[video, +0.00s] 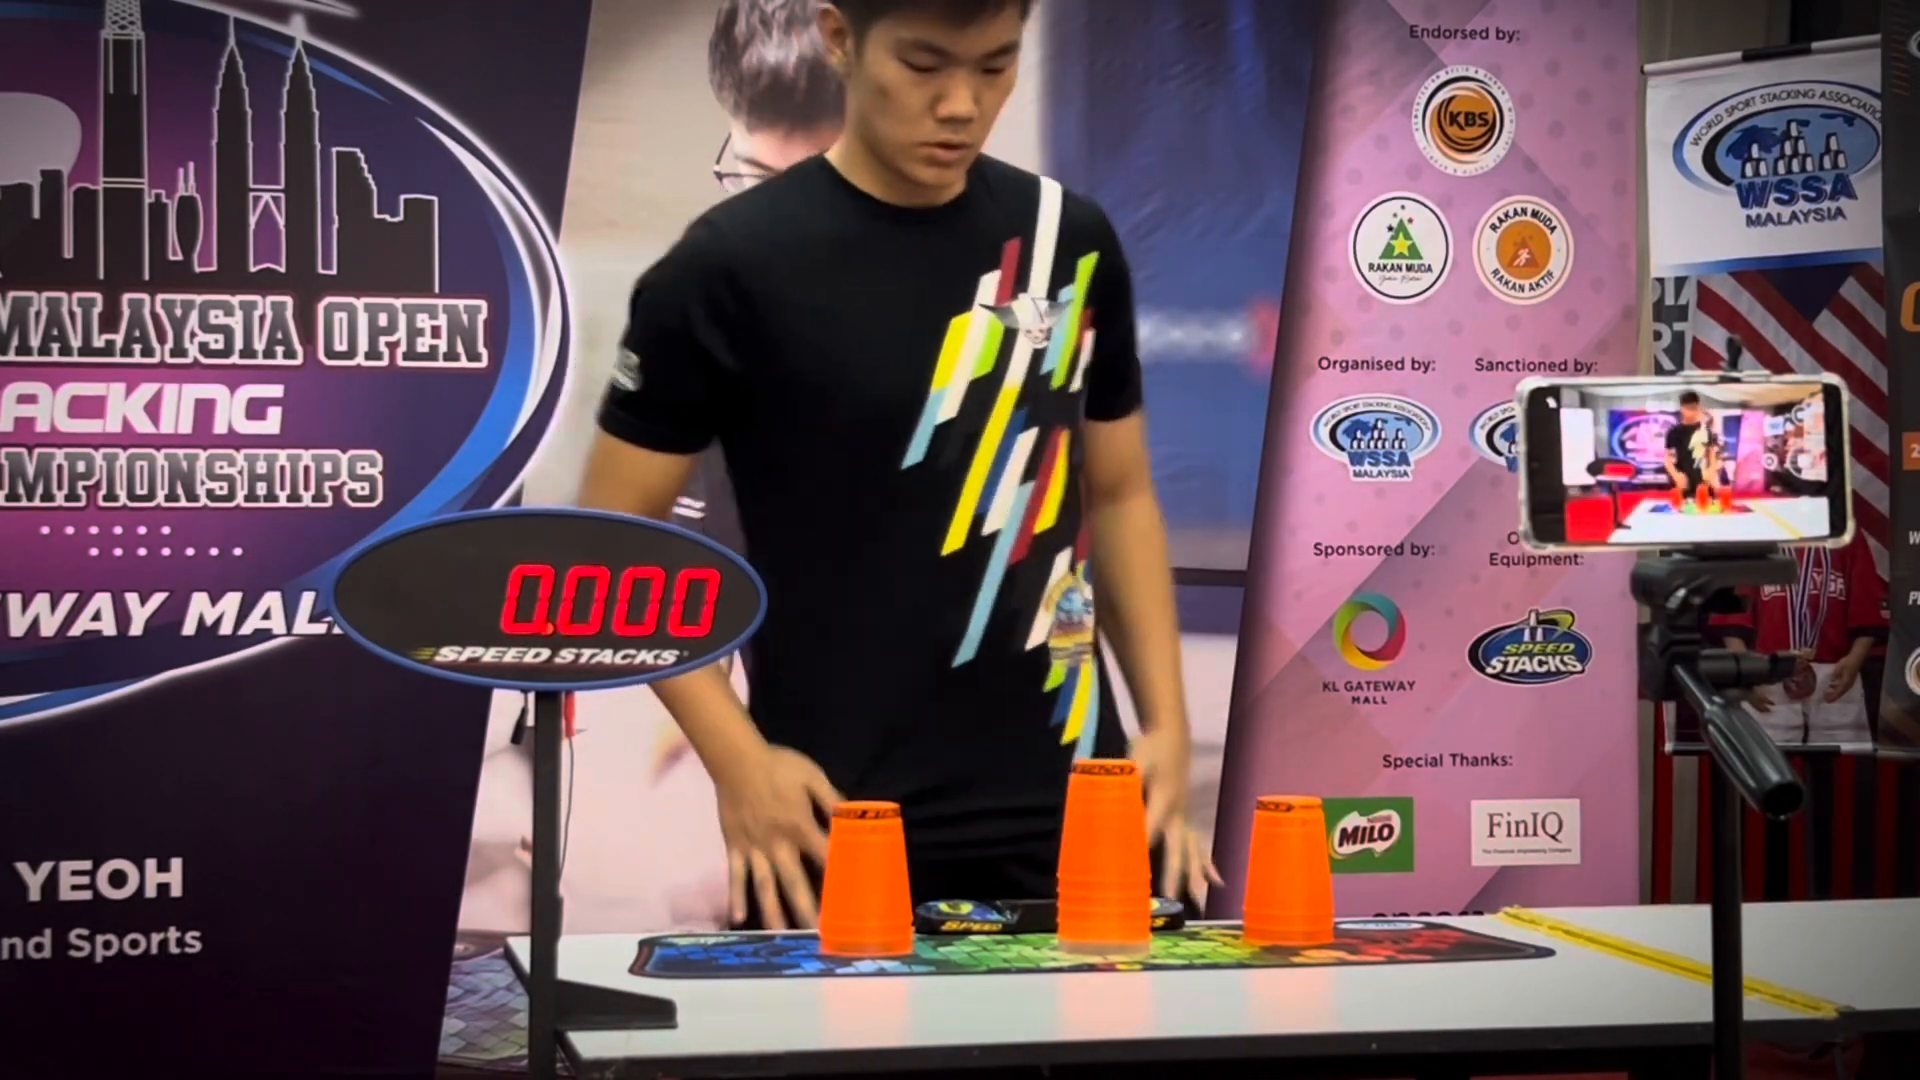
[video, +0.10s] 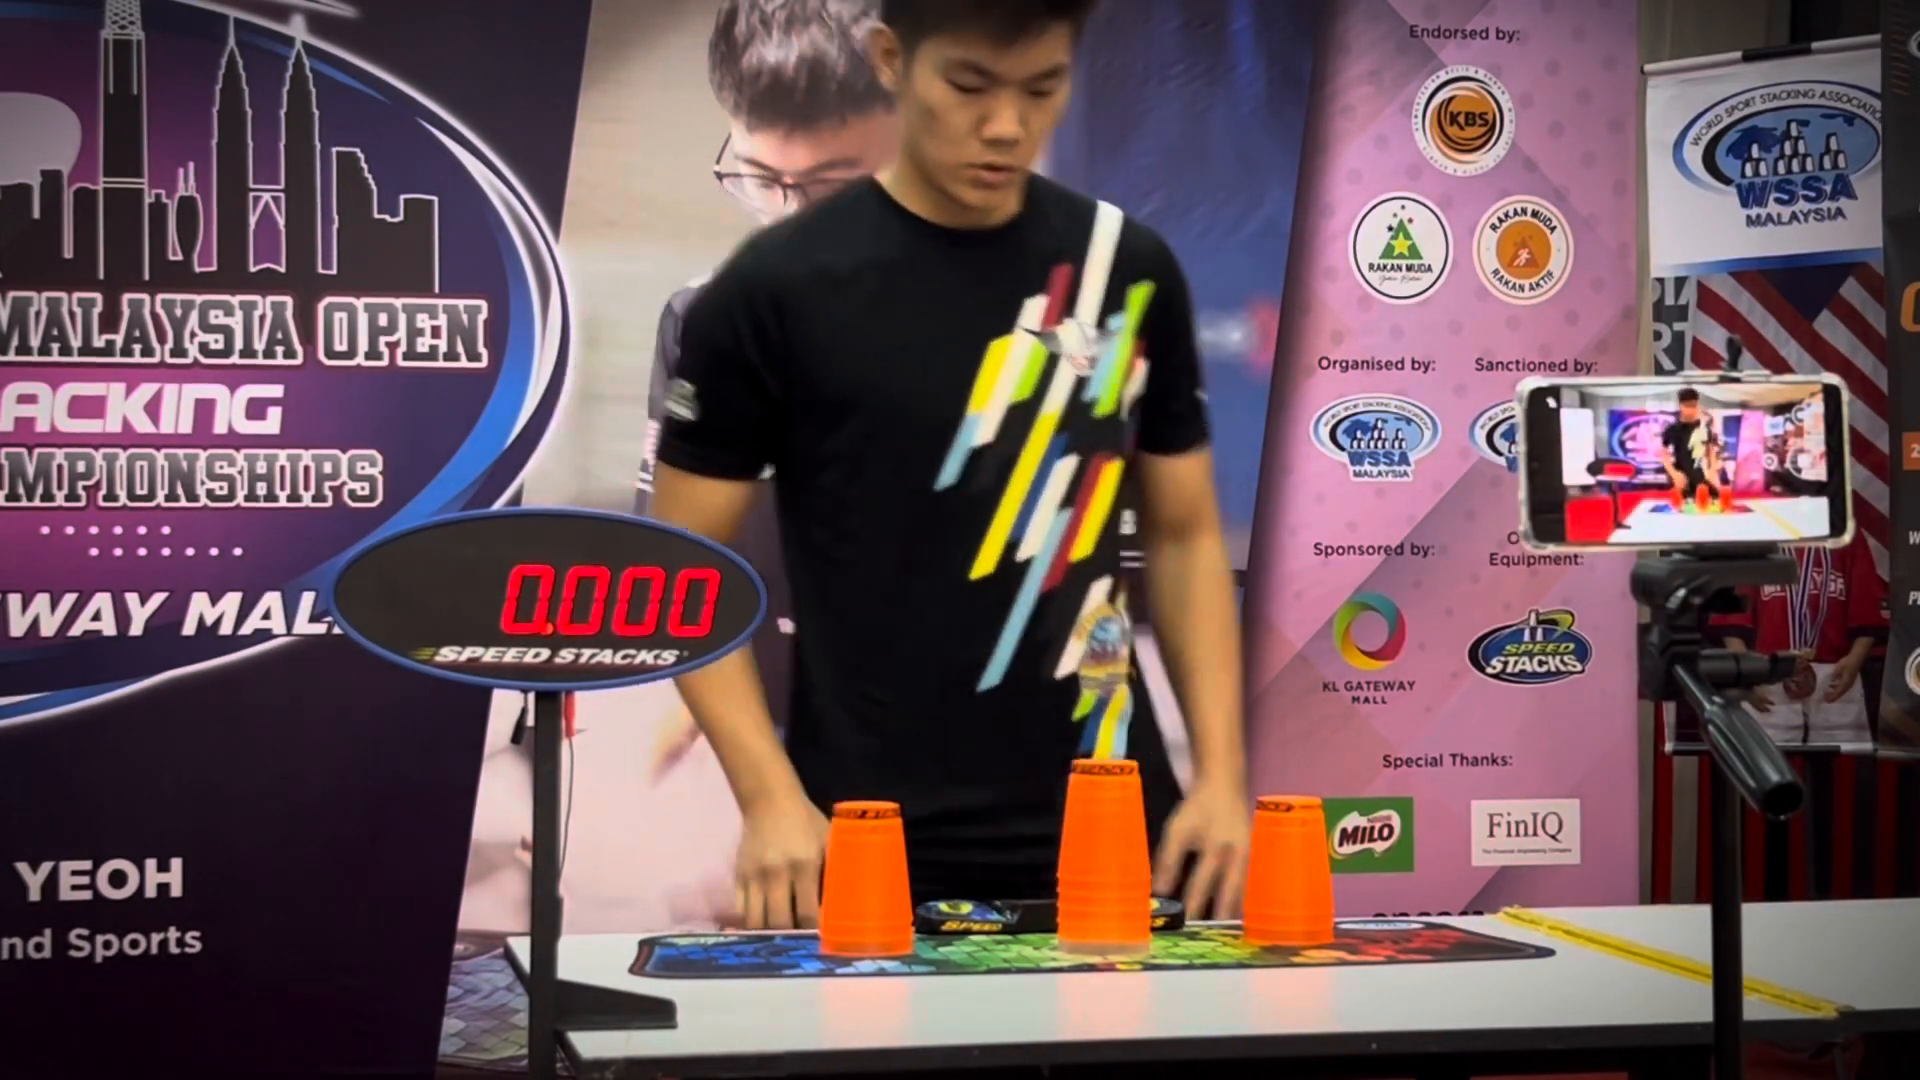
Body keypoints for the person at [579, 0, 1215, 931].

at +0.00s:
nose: (961, 105)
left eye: (995, 65)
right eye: (923, 62)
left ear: (1019, 49)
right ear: (838, 38)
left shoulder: (1072, 245)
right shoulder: (729, 270)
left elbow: (1119, 495)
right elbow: (613, 542)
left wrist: (1167, 728)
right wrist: (736, 759)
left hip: (1053, 826)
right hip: (838, 840)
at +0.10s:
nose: (1006, 127)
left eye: (1042, 87)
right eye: (969, 82)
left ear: (1072, 71)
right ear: (889, 58)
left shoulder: (1131, 274)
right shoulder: (774, 290)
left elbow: (1184, 537)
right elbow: (680, 568)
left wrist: (1221, 779)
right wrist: (769, 798)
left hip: (1102, 854)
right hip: (874, 858)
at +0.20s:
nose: (1067, 158)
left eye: (1104, 120)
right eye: (1030, 112)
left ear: (1139, 107)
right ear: (958, 89)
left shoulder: (1207, 308)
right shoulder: (840, 317)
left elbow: (1249, 562)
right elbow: (757, 581)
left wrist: (1256, 755)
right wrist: (791, 767)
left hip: (1158, 852)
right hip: (922, 856)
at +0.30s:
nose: (1112, 167)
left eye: (1153, 130)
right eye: (1079, 119)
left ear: (1193, 110)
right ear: (1010, 88)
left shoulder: (1259, 313)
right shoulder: (893, 310)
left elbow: (1297, 578)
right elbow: (821, 583)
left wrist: (1280, 768)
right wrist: (828, 747)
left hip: (1182, 846)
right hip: (946, 841)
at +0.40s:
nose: (1129, 168)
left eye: (1173, 131)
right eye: (1095, 119)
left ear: (1209, 111)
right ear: (1028, 88)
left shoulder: (1268, 317)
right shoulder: (904, 303)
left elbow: (1294, 594)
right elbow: (834, 581)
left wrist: (1247, 793)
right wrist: (847, 760)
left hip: (1165, 874)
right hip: (940, 869)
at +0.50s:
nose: (1124, 180)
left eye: (1166, 144)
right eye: (1091, 132)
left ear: (1203, 129)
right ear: (1023, 97)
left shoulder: (1245, 335)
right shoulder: (891, 306)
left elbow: (1255, 612)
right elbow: (806, 588)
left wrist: (1185, 776)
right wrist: (901, 756)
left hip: (1144, 860)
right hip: (907, 850)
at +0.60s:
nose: (1112, 189)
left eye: (1156, 154)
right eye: (1082, 141)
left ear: (1194, 138)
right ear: (1012, 104)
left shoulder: (1225, 351)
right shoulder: (869, 316)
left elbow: (1226, 620)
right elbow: (791, 594)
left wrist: (1185, 773)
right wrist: (865, 741)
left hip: (1091, 884)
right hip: (858, 868)